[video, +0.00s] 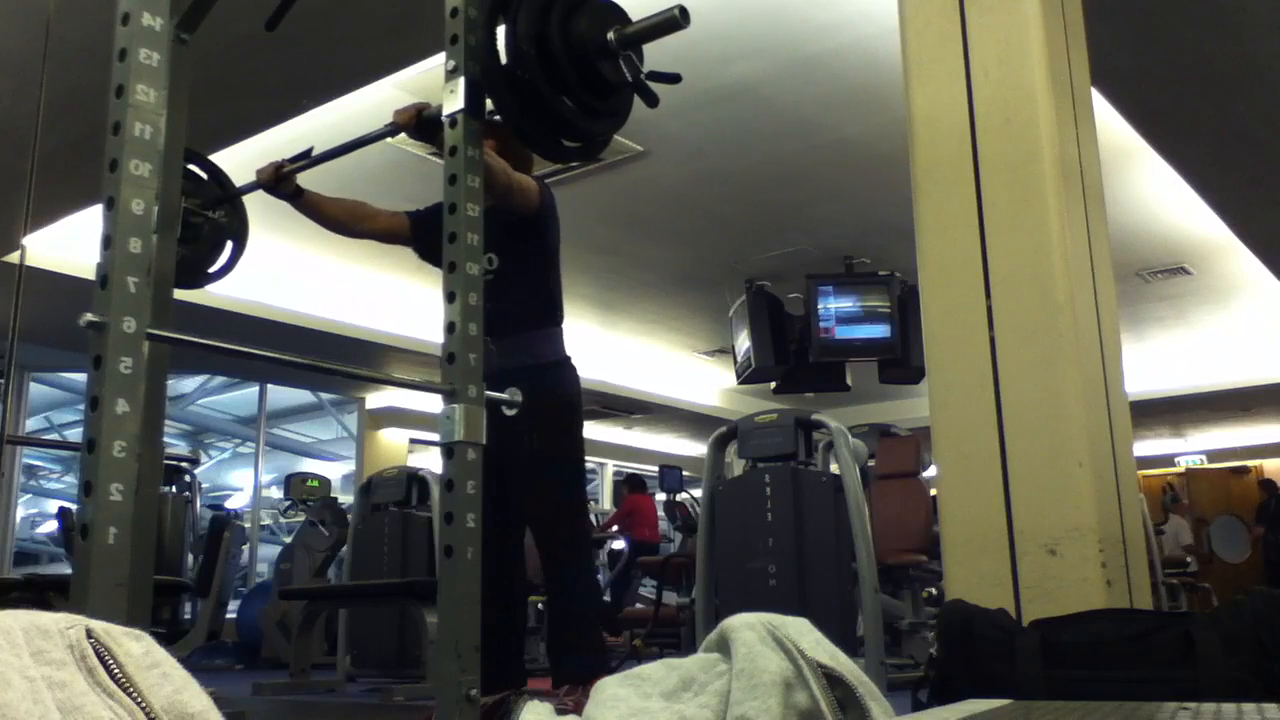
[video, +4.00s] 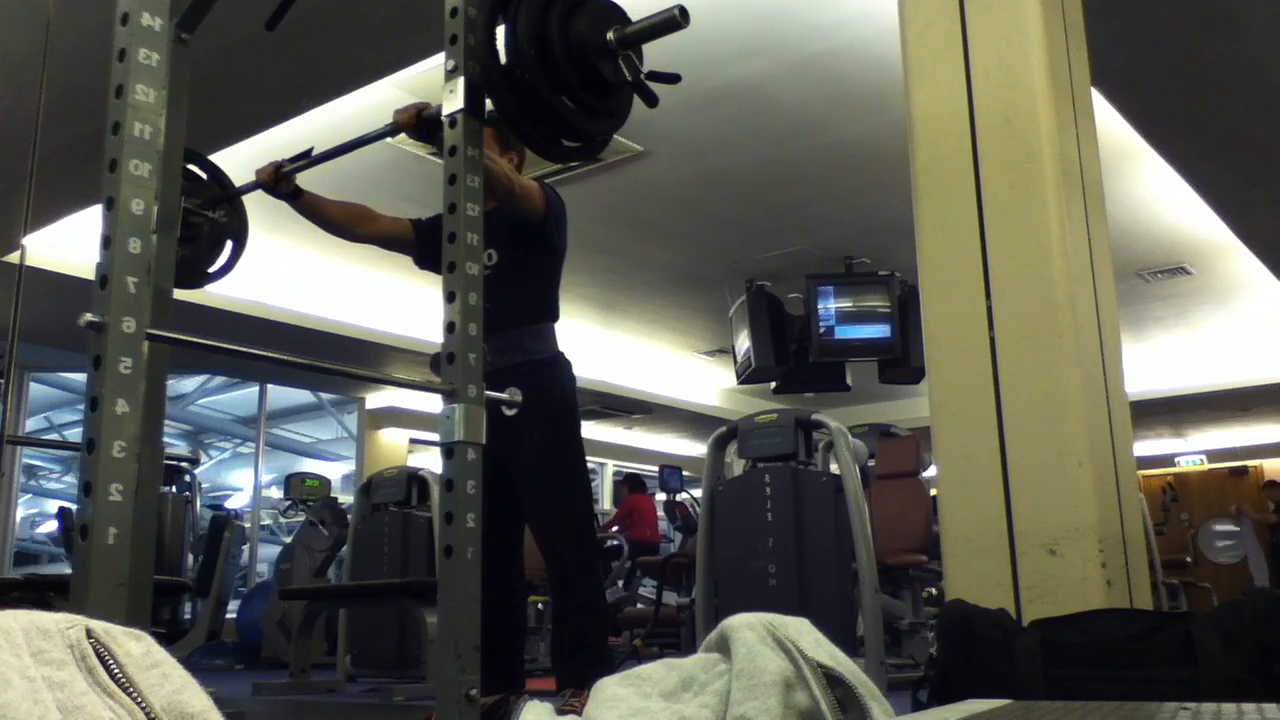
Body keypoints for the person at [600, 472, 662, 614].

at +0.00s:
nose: (624, 491)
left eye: (626, 488)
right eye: (624, 488)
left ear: (630, 488)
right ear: (643, 487)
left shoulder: (631, 500)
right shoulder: (650, 500)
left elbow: (617, 517)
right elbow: (637, 520)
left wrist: (601, 528)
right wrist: (620, 529)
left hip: (637, 545)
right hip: (653, 545)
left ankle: (617, 602)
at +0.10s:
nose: (625, 491)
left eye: (627, 488)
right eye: (626, 488)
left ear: (630, 488)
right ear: (644, 487)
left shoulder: (631, 500)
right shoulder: (650, 500)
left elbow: (616, 518)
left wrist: (602, 529)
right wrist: (619, 530)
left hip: (636, 545)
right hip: (653, 546)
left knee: (616, 573)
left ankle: (617, 604)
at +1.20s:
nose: (626, 491)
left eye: (627, 488)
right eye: (626, 488)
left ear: (631, 487)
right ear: (644, 486)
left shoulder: (631, 500)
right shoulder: (650, 500)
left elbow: (617, 518)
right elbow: (636, 522)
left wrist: (601, 528)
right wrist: (618, 532)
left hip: (636, 545)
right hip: (654, 546)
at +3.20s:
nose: (623, 490)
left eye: (624, 487)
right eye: (624, 488)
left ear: (629, 487)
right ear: (642, 486)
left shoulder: (630, 500)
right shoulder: (649, 499)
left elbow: (615, 521)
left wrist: (600, 529)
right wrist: (619, 531)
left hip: (636, 546)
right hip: (654, 547)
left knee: (603, 552)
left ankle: (606, 589)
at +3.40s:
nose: (624, 491)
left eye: (625, 488)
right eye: (624, 488)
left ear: (629, 488)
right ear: (641, 486)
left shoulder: (631, 501)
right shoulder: (649, 500)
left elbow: (617, 519)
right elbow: (634, 523)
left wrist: (602, 529)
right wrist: (617, 532)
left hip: (637, 546)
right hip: (654, 546)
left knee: (609, 569)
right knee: (625, 572)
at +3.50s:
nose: (624, 491)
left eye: (625, 488)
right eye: (624, 488)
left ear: (629, 488)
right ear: (642, 487)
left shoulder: (630, 500)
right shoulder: (649, 500)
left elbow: (615, 519)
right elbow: (638, 522)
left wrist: (600, 530)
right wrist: (619, 531)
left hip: (637, 545)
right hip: (654, 545)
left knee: (614, 559)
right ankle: (633, 592)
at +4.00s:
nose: (624, 490)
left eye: (625, 487)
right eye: (624, 487)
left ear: (629, 487)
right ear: (643, 486)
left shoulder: (631, 500)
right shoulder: (649, 500)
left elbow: (616, 520)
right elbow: (635, 522)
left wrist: (600, 530)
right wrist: (617, 533)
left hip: (636, 544)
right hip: (653, 545)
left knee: (605, 553)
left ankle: (610, 584)